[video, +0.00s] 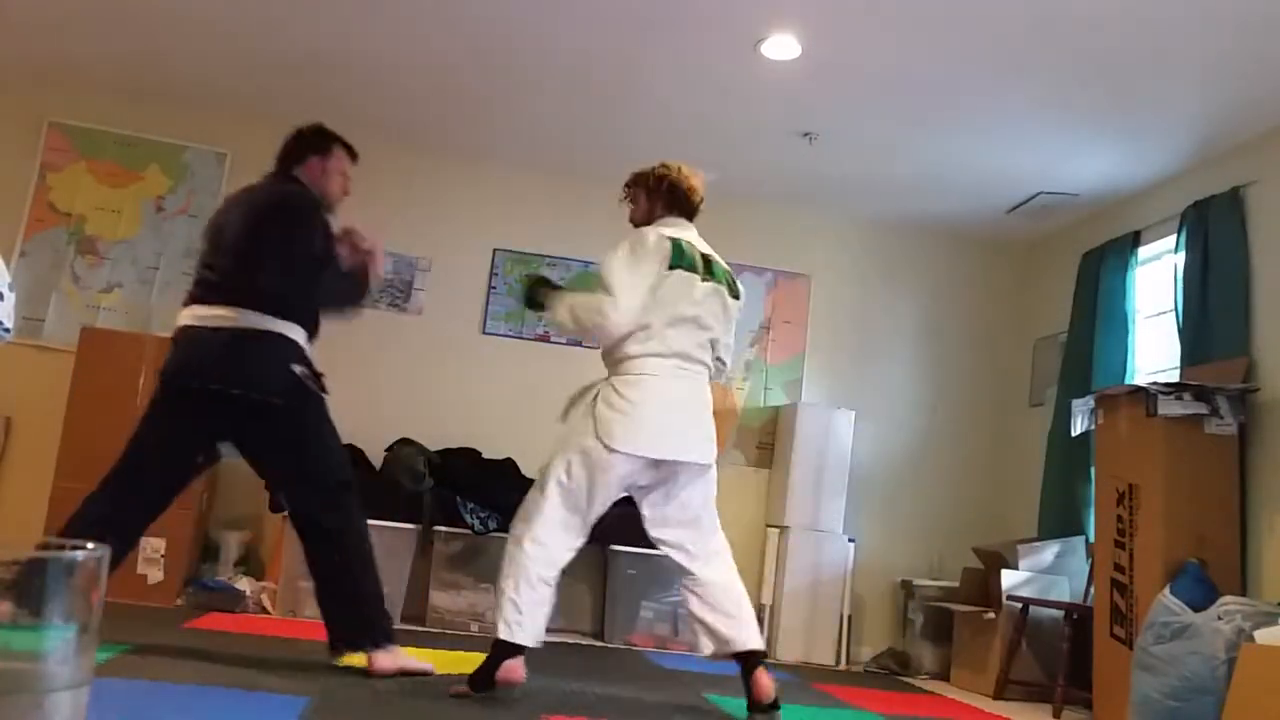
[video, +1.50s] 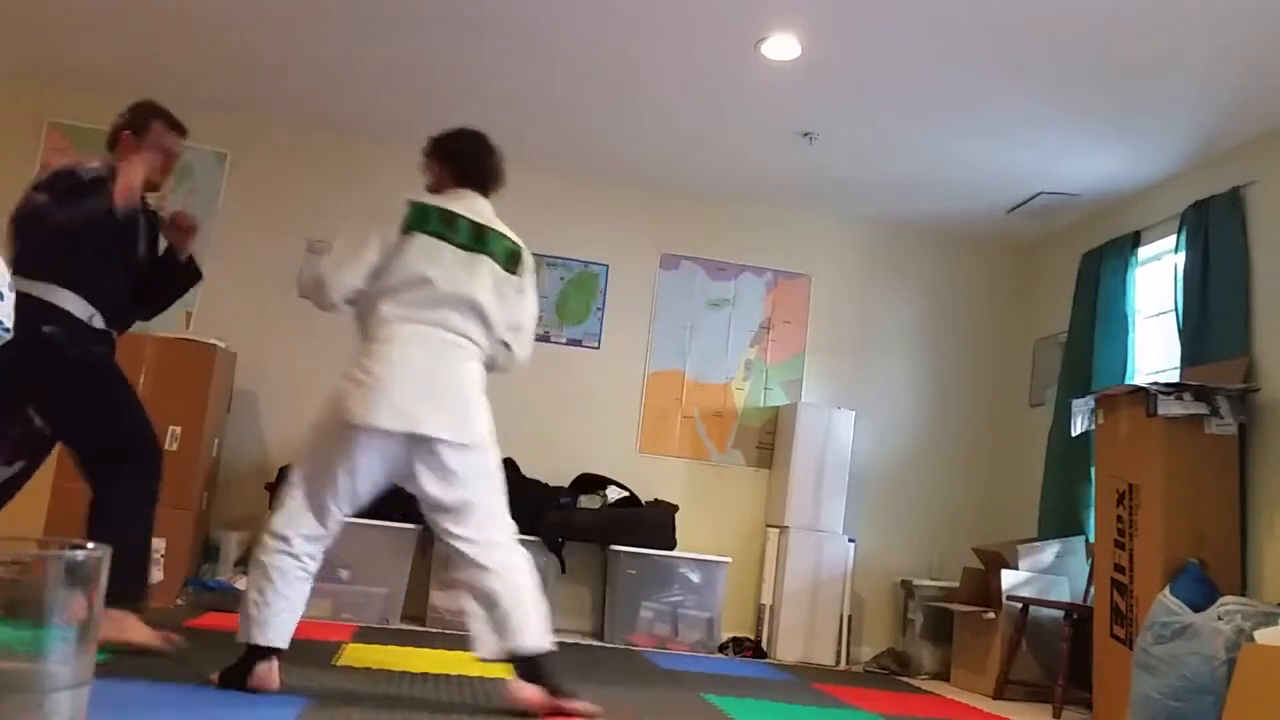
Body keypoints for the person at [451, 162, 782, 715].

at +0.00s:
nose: (628, 210)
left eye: (633, 200)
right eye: (628, 200)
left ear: (659, 199)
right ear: (685, 206)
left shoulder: (645, 243)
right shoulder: (723, 273)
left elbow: (609, 317)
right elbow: (723, 362)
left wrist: (548, 297)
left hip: (630, 413)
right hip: (692, 424)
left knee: (547, 521)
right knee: (702, 545)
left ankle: (509, 651)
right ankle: (755, 669)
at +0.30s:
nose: (646, 227)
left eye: (649, 217)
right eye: (645, 218)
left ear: (670, 212)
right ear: (708, 218)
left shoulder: (664, 246)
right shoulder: (749, 286)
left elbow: (617, 323)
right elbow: (738, 368)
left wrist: (579, 294)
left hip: (651, 424)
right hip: (719, 440)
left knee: (557, 533)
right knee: (724, 565)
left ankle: (526, 665)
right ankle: (758, 701)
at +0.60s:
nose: (613, 239)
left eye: (616, 229)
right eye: (613, 229)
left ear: (636, 229)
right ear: (674, 233)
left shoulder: (629, 273)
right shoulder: (716, 301)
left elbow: (599, 358)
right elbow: (709, 379)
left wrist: (553, 345)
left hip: (618, 436)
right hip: (686, 451)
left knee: (501, 518)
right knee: (707, 576)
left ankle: (446, 647)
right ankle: (758, 704)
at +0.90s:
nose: (466, 227)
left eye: (469, 219)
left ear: (474, 225)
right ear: (533, 228)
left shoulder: (442, 284)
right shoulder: (566, 283)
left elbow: (357, 325)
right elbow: (613, 356)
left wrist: (309, 342)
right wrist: (565, 396)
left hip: (497, 449)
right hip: (580, 451)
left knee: (393, 536)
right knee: (621, 555)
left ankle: (352, 662)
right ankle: (700, 649)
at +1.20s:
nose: (469, 191)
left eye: (473, 180)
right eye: (469, 181)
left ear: (492, 180)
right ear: (534, 183)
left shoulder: (475, 225)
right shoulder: (582, 252)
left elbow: (427, 319)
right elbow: (591, 347)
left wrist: (406, 328)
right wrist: (536, 354)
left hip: (461, 401)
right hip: (539, 418)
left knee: (362, 506)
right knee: (554, 555)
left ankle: (311, 634)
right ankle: (587, 692)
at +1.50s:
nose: (425, 178)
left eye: (429, 169)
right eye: (428, 168)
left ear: (441, 171)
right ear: (489, 180)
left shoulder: (408, 215)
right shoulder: (515, 252)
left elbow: (330, 287)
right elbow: (514, 348)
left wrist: (316, 257)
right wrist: (458, 341)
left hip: (379, 396)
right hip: (459, 410)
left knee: (303, 520)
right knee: (489, 537)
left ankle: (260, 656)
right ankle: (534, 670)